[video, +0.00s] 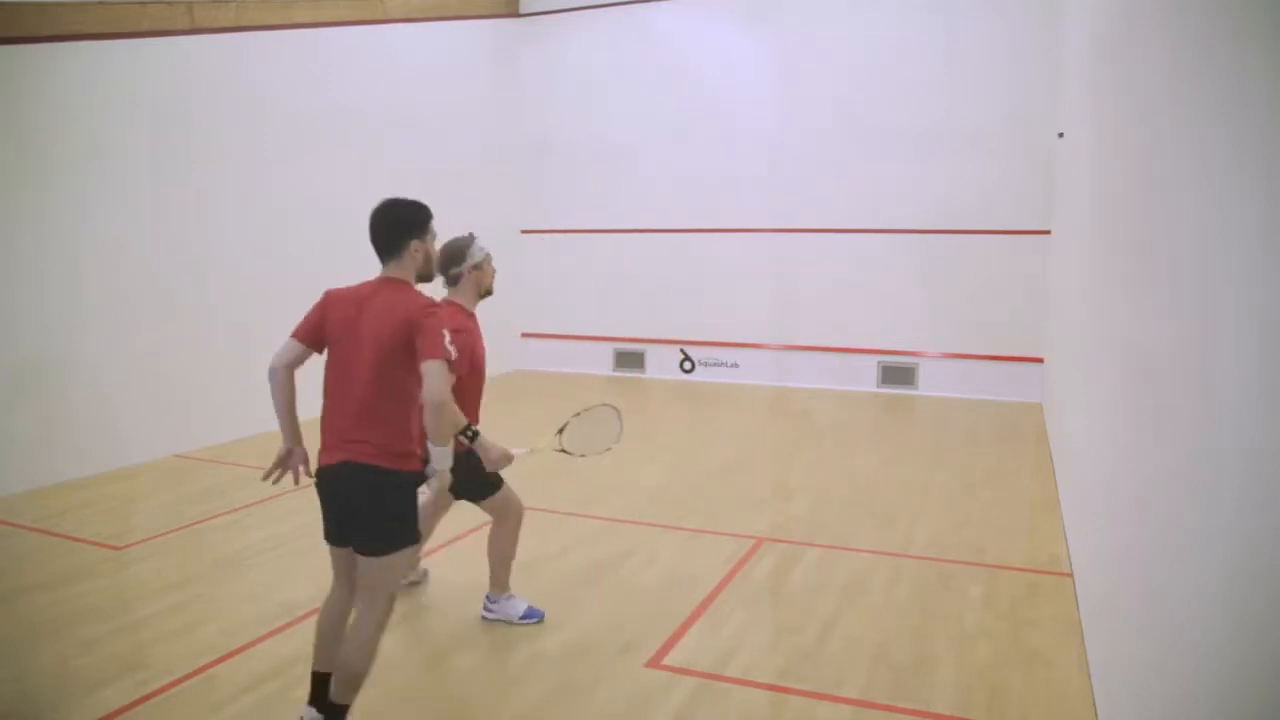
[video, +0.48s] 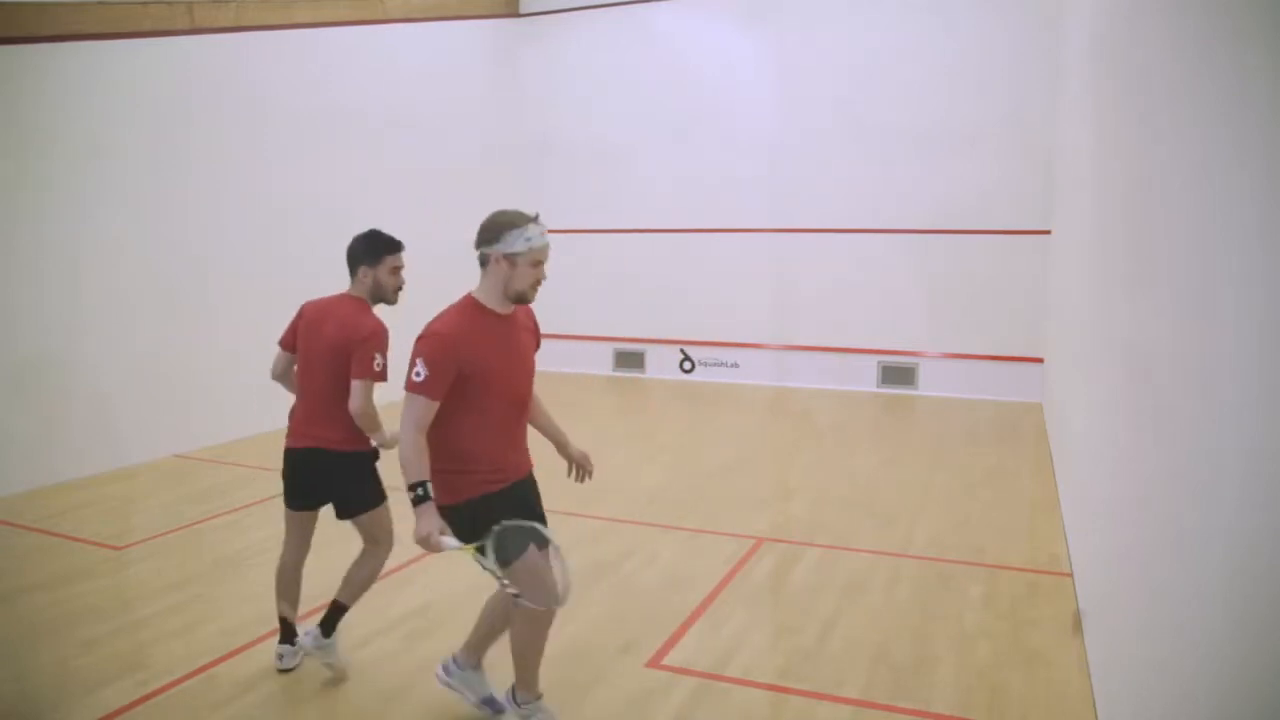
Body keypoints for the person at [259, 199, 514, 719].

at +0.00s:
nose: (437, 249)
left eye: (435, 239)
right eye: (433, 239)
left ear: (382, 247)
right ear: (416, 246)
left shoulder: (337, 302)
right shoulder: (422, 311)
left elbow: (281, 366)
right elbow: (436, 399)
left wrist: (291, 442)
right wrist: (441, 469)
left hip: (334, 472)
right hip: (387, 477)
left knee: (342, 589)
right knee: (374, 606)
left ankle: (319, 704)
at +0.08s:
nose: (420, 265)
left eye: (418, 254)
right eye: (415, 255)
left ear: (367, 262)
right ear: (398, 261)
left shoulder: (322, 317)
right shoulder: (406, 327)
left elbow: (276, 387)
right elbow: (417, 413)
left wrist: (288, 454)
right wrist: (416, 469)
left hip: (319, 476)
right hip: (366, 487)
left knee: (319, 584)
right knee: (335, 616)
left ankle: (306, 692)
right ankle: (297, 711)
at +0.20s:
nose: (405, 293)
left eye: (402, 283)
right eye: (399, 284)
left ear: (357, 294)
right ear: (376, 294)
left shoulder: (308, 345)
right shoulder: (386, 359)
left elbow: (273, 419)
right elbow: (391, 444)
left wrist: (294, 466)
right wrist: (390, 487)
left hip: (299, 494)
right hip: (347, 503)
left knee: (296, 577)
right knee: (310, 624)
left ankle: (291, 652)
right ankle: (280, 715)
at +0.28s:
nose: (401, 291)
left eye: (398, 281)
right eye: (394, 282)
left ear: (353, 290)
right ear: (368, 290)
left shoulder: (304, 335)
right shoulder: (378, 355)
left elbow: (269, 405)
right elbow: (374, 439)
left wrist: (291, 444)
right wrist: (381, 477)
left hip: (292, 482)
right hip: (339, 492)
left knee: (292, 559)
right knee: (318, 613)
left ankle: (285, 641)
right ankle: (282, 713)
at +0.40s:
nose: (400, 281)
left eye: (399, 271)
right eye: (393, 272)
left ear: (355, 278)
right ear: (366, 277)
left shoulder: (304, 317)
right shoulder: (371, 336)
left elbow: (271, 379)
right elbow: (362, 417)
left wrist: (303, 412)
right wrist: (378, 449)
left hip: (294, 464)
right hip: (340, 469)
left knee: (294, 550)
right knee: (356, 573)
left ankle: (286, 644)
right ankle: (300, 658)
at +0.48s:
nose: (402, 279)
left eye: (402, 269)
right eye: (395, 270)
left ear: (360, 273)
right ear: (366, 272)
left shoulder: (311, 310)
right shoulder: (370, 328)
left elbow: (280, 370)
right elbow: (359, 405)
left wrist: (315, 397)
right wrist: (380, 434)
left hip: (300, 455)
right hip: (346, 459)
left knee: (294, 546)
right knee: (379, 542)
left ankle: (286, 643)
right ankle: (324, 631)